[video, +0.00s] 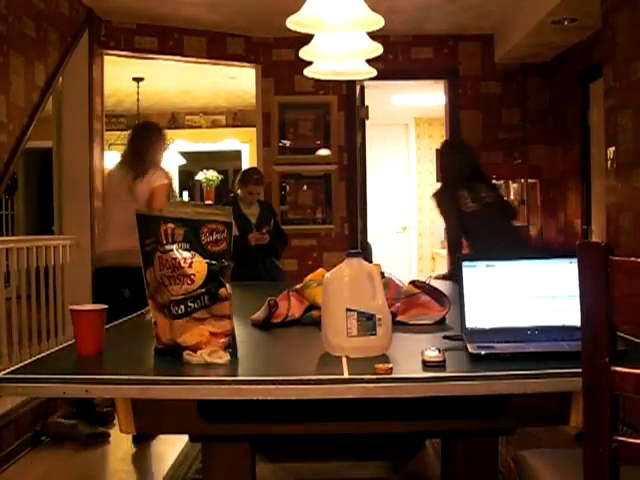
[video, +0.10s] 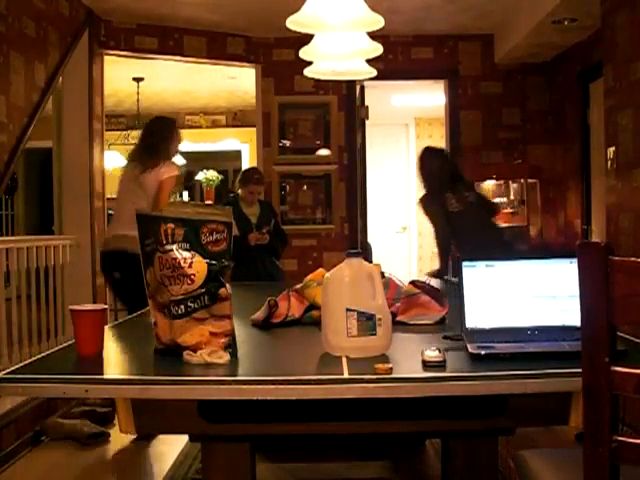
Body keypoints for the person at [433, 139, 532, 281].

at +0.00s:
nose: (440, 166)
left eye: (441, 161)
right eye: (440, 160)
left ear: (447, 164)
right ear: (471, 159)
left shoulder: (446, 193)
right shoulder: (484, 182)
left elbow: (454, 230)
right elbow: (510, 212)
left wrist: (454, 269)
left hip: (486, 256)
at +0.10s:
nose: (423, 174)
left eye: (424, 169)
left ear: (426, 171)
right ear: (449, 165)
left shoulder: (431, 199)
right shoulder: (464, 186)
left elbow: (443, 233)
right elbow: (492, 208)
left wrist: (443, 269)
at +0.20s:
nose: (404, 180)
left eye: (406, 175)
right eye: (404, 175)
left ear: (411, 177)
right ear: (431, 172)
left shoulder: (418, 203)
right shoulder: (445, 191)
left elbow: (430, 237)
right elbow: (481, 217)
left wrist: (427, 268)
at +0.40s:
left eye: (390, 167)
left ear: (392, 169)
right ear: (416, 166)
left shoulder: (391, 195)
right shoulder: (428, 189)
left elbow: (397, 237)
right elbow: (457, 221)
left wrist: (388, 241)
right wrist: (448, 241)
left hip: (425, 254)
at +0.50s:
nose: (378, 175)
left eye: (381, 170)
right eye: (379, 170)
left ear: (387, 173)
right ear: (409, 169)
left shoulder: (387, 196)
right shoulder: (422, 194)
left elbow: (385, 237)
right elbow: (446, 232)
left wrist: (375, 235)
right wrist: (432, 246)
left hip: (407, 258)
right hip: (433, 256)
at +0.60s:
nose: (376, 173)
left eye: (377, 168)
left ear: (380, 169)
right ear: (403, 167)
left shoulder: (378, 194)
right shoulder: (415, 194)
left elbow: (377, 232)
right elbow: (433, 235)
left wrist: (364, 234)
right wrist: (416, 244)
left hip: (392, 260)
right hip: (419, 258)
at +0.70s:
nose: (369, 166)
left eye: (370, 161)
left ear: (372, 163)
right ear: (396, 161)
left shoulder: (369, 188)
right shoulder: (409, 189)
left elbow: (362, 227)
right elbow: (417, 229)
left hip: (381, 248)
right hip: (408, 248)